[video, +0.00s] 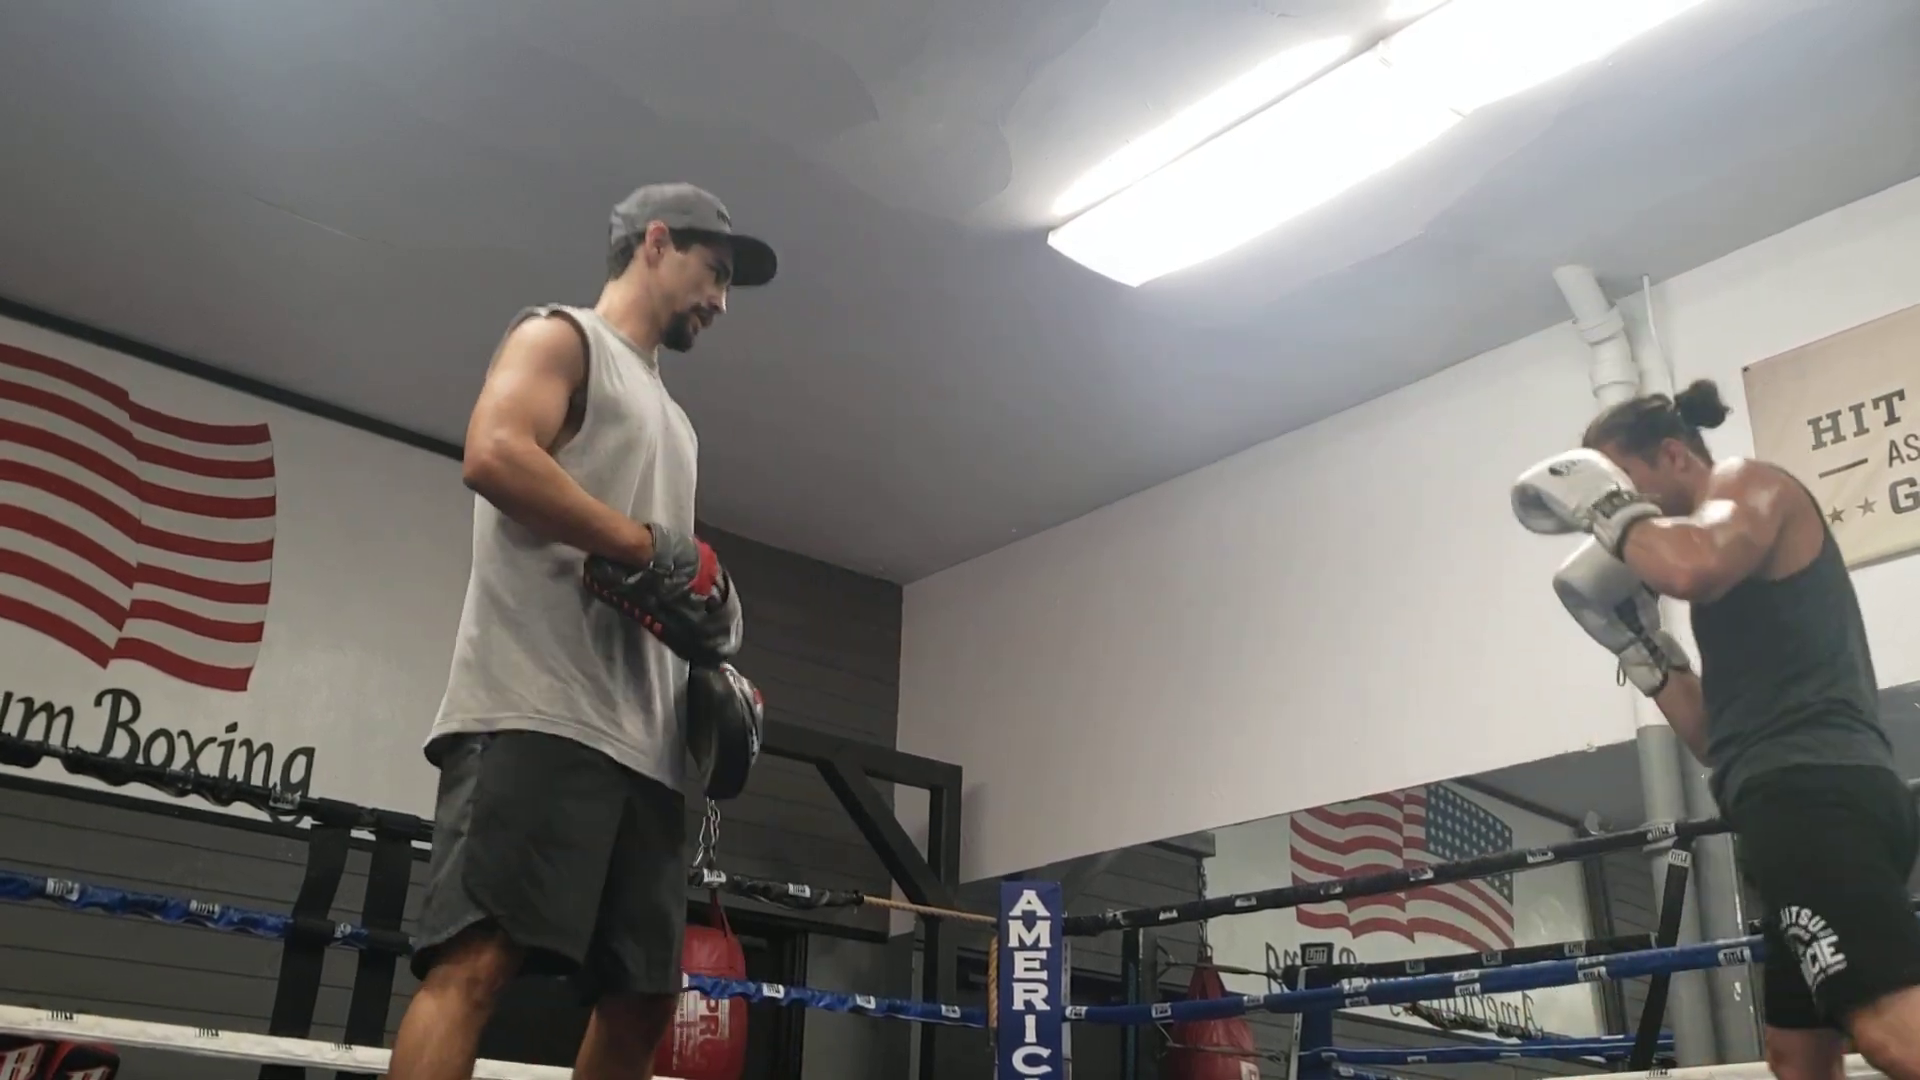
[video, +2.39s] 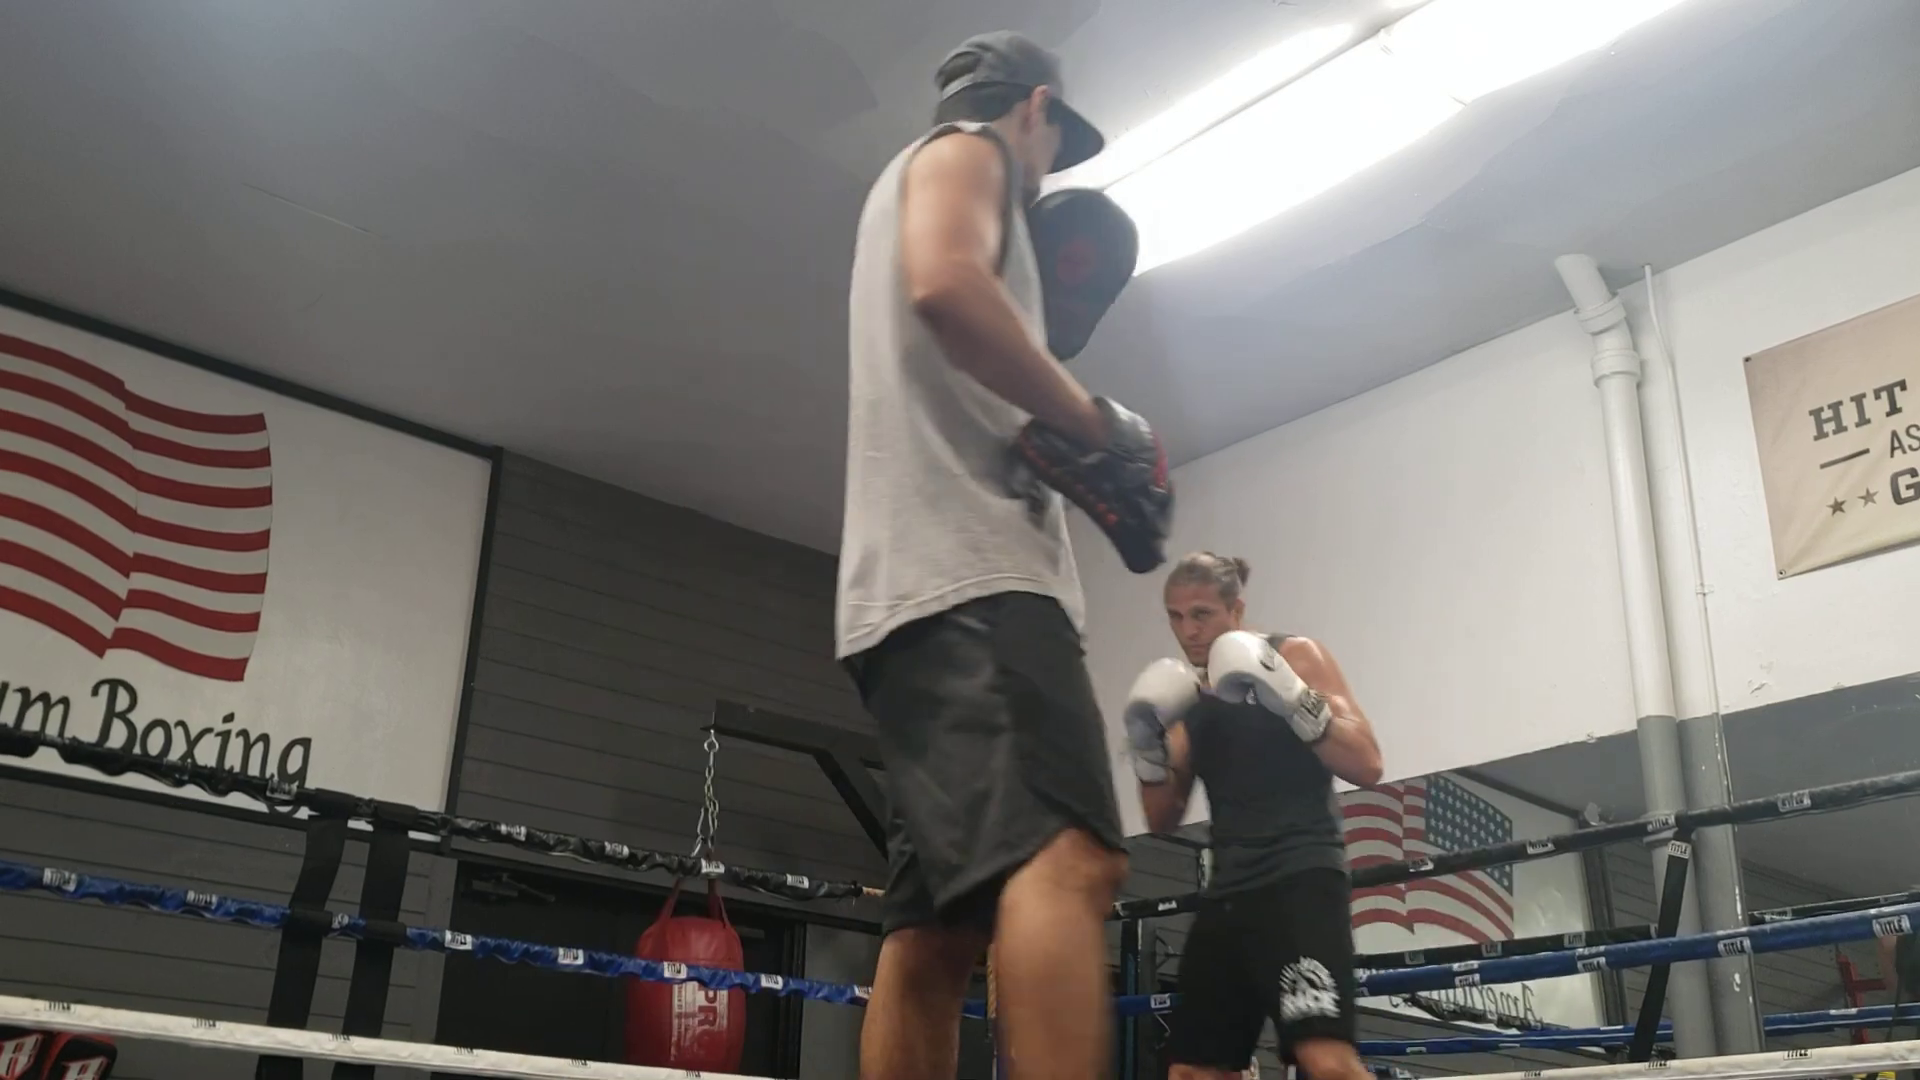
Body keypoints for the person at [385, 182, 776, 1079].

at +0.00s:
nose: (721, 300)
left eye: (730, 285)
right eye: (714, 269)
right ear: (654, 242)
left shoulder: (673, 422)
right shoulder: (557, 335)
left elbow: (663, 573)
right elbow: (496, 454)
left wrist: (713, 668)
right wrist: (652, 550)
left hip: (642, 736)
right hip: (534, 704)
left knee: (640, 1000)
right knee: (474, 962)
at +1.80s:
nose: (801, 230)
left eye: (810, 211)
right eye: (804, 199)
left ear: (749, 174)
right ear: (760, 166)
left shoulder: (722, 314)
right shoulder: (650, 242)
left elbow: (714, 481)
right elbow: (616, 380)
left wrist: (797, 575)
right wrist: (769, 516)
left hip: (727, 669)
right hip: (615, 648)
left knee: (793, 924)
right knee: (541, 941)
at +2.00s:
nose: (888, 231)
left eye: (895, 211)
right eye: (892, 198)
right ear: (858, 161)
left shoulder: (823, 318)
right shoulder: (748, 210)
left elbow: (818, 479)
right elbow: (717, 336)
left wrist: (913, 554)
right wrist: (862, 483)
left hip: (847, 658)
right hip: (727, 630)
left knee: (885, 938)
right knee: (636, 936)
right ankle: (520, 1075)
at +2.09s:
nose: (928, 218)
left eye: (936, 199)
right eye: (932, 188)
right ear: (897, 154)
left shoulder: (863, 301)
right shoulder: (793, 196)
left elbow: (864, 458)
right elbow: (771, 323)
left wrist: (969, 523)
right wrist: (925, 459)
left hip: (890, 642)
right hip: (784, 615)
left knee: (913, 940)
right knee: (751, 916)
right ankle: (576, 1073)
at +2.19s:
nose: (973, 195)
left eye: (981, 178)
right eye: (974, 166)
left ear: (914, 140)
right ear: (939, 135)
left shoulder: (910, 277)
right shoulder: (841, 181)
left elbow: (902, 442)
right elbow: (826, 307)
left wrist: (1003, 487)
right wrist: (989, 434)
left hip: (931, 610)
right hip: (852, 588)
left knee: (936, 926)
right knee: (891, 883)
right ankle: (679, 1069)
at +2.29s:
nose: (1014, 173)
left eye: (1021, 156)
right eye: (1017, 146)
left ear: (941, 114)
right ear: (987, 114)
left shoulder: (944, 249)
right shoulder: (898, 159)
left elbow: (932, 425)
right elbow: (878, 290)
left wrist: (1031, 468)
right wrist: (1033, 413)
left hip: (937, 575)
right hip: (907, 563)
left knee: (952, 874)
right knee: (1010, 845)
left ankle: (905, 1063)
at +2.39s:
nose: (1058, 156)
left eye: (1062, 139)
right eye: (1057, 129)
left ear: (968, 103)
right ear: (1026, 103)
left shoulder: (914, 188)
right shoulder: (966, 148)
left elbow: (956, 417)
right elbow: (945, 282)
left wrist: (1068, 467)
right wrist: (1096, 420)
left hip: (917, 586)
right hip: (969, 574)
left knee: (934, 933)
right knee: (1067, 863)